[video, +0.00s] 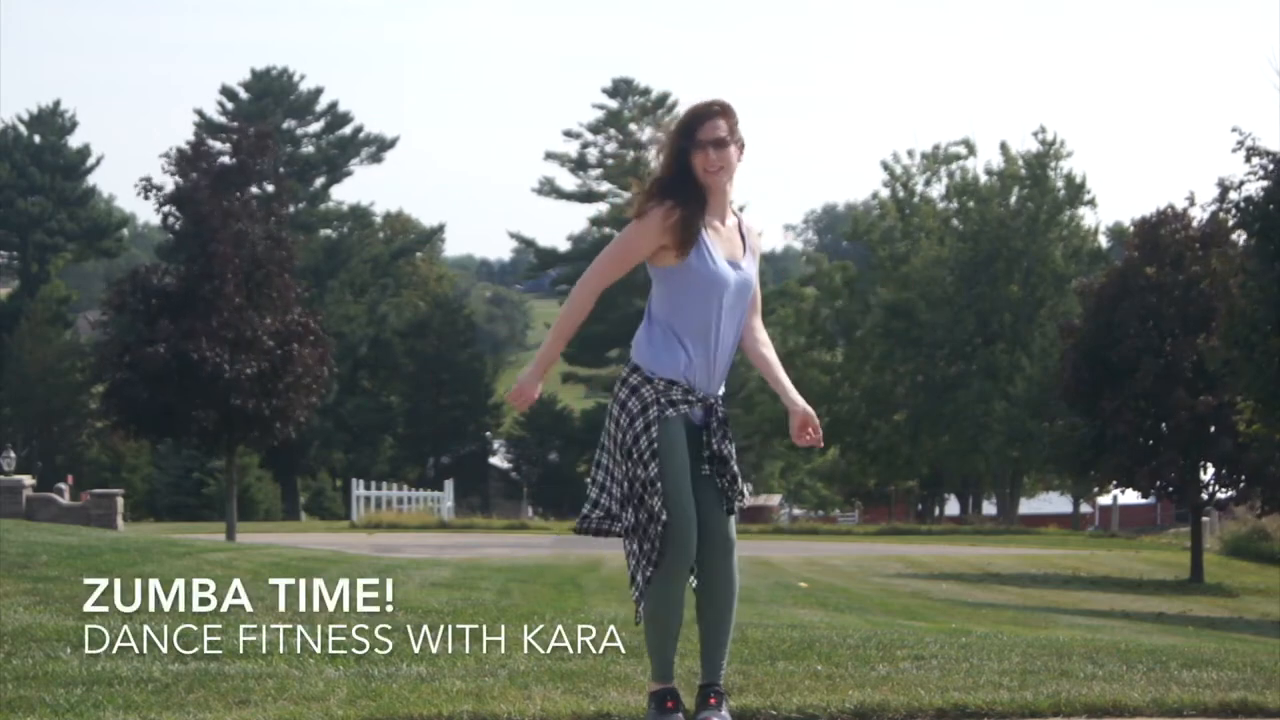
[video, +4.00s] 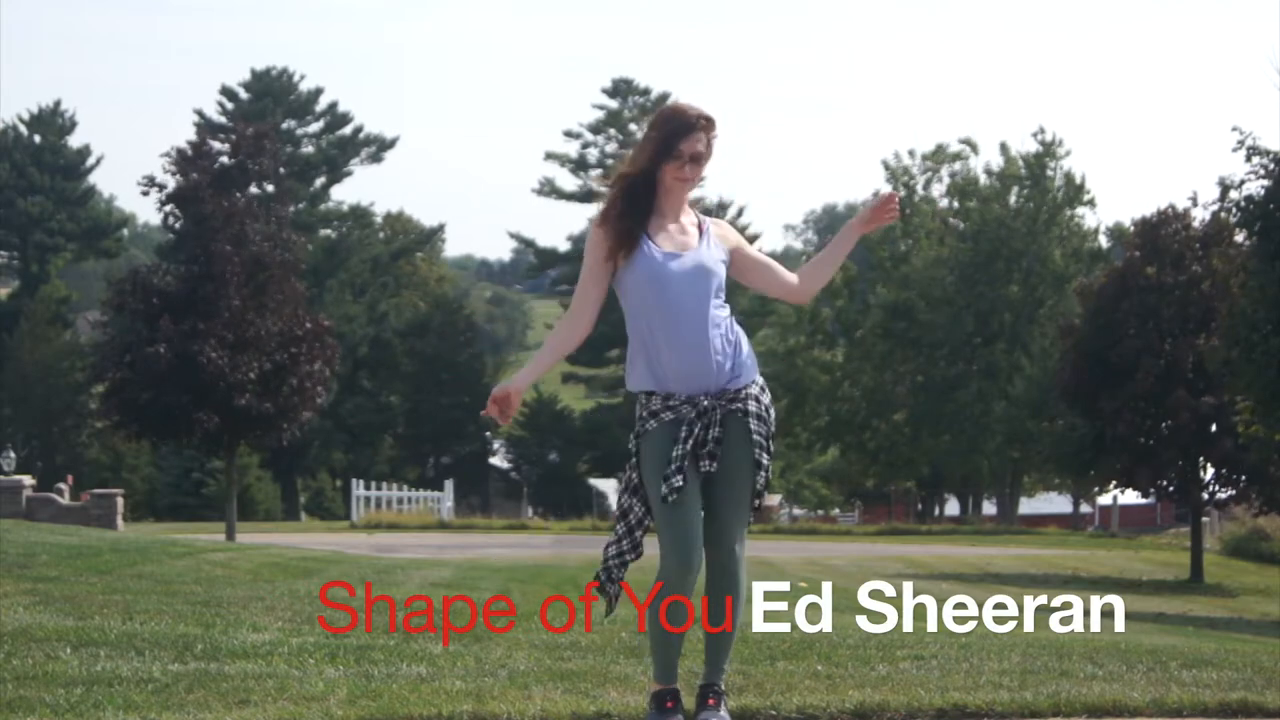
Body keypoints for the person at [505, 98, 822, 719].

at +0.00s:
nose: (716, 153)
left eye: (725, 142)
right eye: (704, 145)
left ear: (739, 150)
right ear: (686, 155)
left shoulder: (744, 231)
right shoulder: (665, 219)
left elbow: (752, 330)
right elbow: (589, 285)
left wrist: (793, 400)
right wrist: (539, 368)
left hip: (706, 406)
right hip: (657, 395)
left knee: (720, 545)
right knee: (678, 542)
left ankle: (713, 694)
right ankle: (663, 692)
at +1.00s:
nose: (691, 153)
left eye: (701, 145)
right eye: (681, 143)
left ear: (713, 156)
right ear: (659, 153)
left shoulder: (724, 217)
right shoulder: (651, 239)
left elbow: (796, 294)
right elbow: (629, 333)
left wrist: (812, 390)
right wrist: (569, 389)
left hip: (719, 411)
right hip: (663, 409)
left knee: (695, 561)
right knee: (656, 557)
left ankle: (708, 695)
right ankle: (660, 685)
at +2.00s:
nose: (694, 155)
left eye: (704, 145)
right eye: (683, 145)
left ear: (718, 155)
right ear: (662, 155)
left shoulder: (716, 233)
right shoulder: (639, 219)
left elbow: (735, 333)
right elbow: (612, 315)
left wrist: (814, 359)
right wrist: (629, 410)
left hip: (732, 408)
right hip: (668, 410)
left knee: (719, 554)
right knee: (684, 556)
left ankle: (713, 690)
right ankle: (666, 692)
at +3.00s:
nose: (694, 151)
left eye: (704, 141)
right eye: (683, 144)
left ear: (724, 152)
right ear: (666, 158)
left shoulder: (755, 231)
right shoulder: (652, 232)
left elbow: (784, 331)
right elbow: (567, 281)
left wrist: (727, 409)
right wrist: (474, 304)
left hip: (704, 410)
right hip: (632, 399)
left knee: (696, 556)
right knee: (646, 551)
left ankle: (708, 692)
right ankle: (659, 686)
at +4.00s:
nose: (692, 167)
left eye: (701, 158)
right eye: (682, 156)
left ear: (708, 162)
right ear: (655, 156)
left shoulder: (717, 232)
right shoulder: (615, 230)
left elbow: (799, 287)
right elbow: (577, 322)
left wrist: (856, 227)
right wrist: (522, 380)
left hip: (738, 399)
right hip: (664, 405)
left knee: (726, 552)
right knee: (683, 558)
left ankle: (713, 689)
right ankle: (666, 690)